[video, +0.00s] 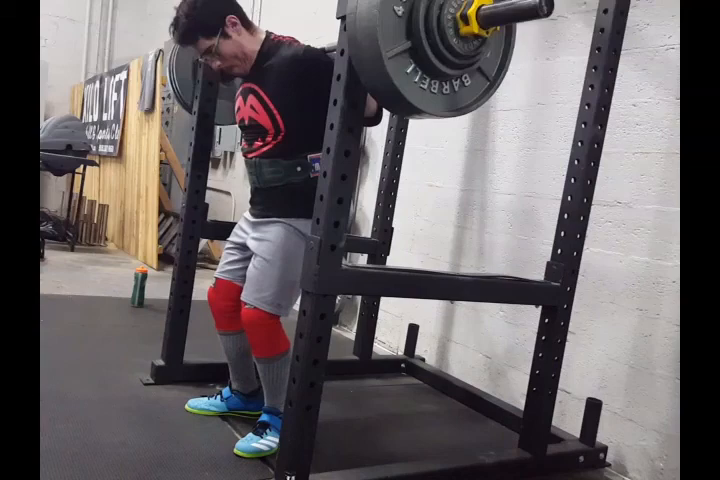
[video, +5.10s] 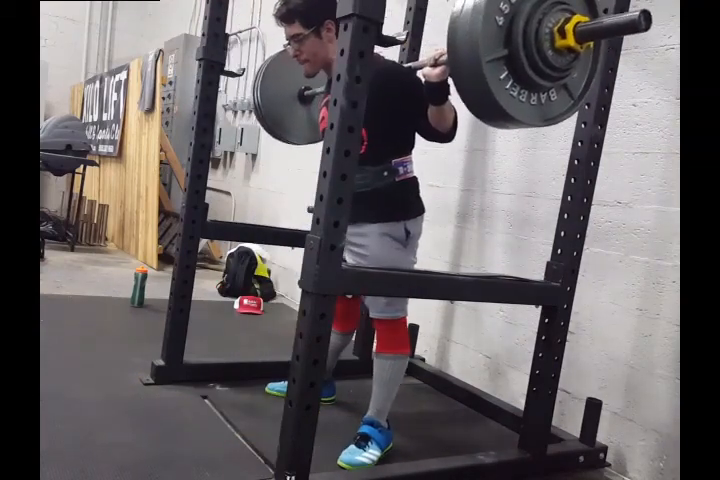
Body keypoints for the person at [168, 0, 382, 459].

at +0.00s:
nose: (215, 67)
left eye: (212, 54)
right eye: (206, 61)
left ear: (234, 26)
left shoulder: (304, 63)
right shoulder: (248, 75)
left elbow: (370, 107)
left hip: (294, 223)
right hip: (257, 217)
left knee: (259, 314)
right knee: (224, 300)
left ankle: (279, 421)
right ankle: (245, 394)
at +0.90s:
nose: (210, 43)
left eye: (209, 28)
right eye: (202, 35)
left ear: (234, 7)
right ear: (233, 11)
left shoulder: (299, 40)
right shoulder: (246, 58)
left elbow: (370, 91)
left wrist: (358, 32)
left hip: (302, 207)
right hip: (265, 204)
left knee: (295, 312)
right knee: (263, 303)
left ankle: (283, 418)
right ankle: (247, 392)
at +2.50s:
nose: (234, 36)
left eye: (235, 22)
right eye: (227, 28)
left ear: (264, 5)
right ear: (262, 11)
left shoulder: (321, 43)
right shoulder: (273, 61)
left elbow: (390, 107)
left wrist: (381, 59)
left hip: (318, 210)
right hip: (284, 205)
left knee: (305, 319)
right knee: (264, 289)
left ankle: (284, 417)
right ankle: (302, 375)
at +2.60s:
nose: (237, 37)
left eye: (240, 24)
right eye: (232, 29)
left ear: (270, 8)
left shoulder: (324, 45)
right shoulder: (274, 66)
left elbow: (391, 108)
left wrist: (390, 54)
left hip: (330, 207)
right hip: (293, 204)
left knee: (312, 308)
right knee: (289, 293)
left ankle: (282, 415)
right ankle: (327, 380)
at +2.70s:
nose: (246, 45)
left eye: (248, 31)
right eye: (239, 37)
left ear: (277, 13)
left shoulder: (333, 51)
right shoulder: (282, 68)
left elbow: (398, 113)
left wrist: (391, 66)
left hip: (339, 211)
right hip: (302, 210)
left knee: (314, 311)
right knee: (310, 307)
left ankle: (282, 416)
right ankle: (331, 389)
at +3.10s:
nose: (271, 56)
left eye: (273, 44)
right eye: (265, 48)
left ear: (299, 25)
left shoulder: (359, 61)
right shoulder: (305, 81)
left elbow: (420, 116)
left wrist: (409, 72)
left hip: (370, 202)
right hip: (331, 201)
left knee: (350, 304)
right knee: (320, 300)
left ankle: (353, 415)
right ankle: (323, 391)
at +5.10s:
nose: (293, 52)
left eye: (299, 40)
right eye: (289, 43)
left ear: (331, 31)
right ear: (322, 36)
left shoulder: (390, 79)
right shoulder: (332, 85)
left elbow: (444, 131)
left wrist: (436, 86)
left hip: (387, 218)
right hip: (340, 214)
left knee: (387, 313)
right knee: (337, 303)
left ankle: (377, 424)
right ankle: (318, 380)